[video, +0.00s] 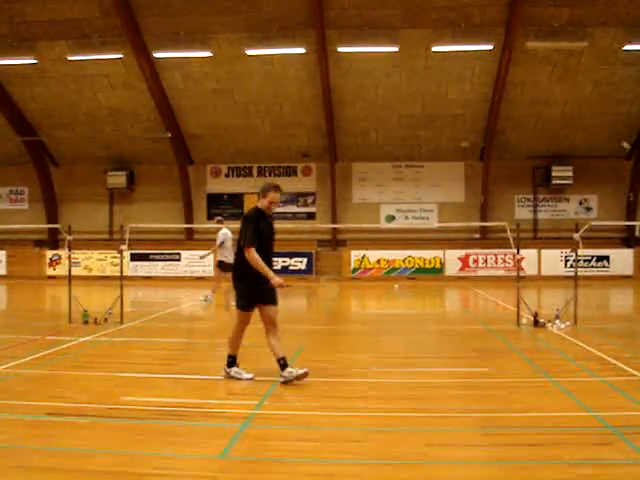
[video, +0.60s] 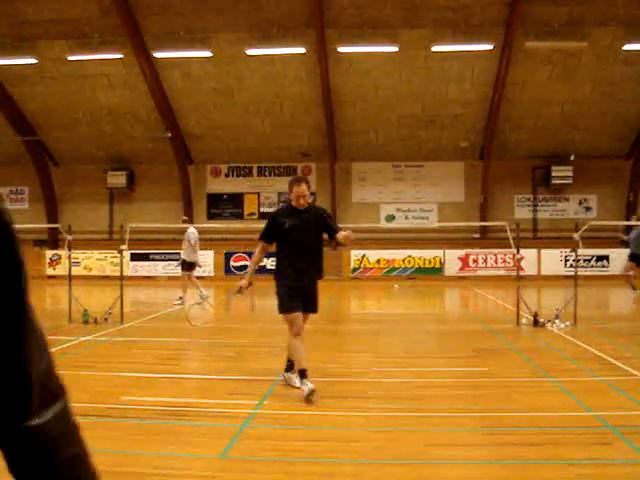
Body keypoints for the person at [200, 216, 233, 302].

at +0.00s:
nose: (216, 225)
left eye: (217, 223)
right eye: (216, 223)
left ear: (218, 223)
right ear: (223, 222)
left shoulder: (222, 232)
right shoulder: (228, 232)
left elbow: (217, 246)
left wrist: (206, 255)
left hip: (223, 259)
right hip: (229, 259)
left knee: (217, 279)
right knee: (230, 281)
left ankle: (211, 296)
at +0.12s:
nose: (208, 225)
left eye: (209, 223)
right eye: (209, 223)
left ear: (211, 223)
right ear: (215, 222)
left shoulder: (214, 232)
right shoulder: (220, 231)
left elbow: (210, 246)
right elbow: (221, 246)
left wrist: (201, 256)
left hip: (214, 259)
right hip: (219, 259)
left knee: (216, 278)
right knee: (210, 278)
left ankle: (232, 293)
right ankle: (208, 297)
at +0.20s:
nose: (205, 224)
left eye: (205, 222)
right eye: (205, 222)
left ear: (207, 222)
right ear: (211, 222)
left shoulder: (209, 231)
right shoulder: (216, 231)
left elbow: (207, 248)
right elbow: (216, 246)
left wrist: (200, 258)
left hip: (210, 258)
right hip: (216, 258)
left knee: (208, 277)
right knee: (208, 278)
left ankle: (225, 290)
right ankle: (207, 296)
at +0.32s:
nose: (196, 225)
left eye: (197, 223)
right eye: (196, 223)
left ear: (199, 223)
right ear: (204, 222)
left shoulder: (204, 232)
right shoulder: (208, 231)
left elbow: (204, 248)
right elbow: (206, 247)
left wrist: (202, 259)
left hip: (202, 258)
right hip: (207, 258)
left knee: (194, 275)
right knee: (205, 276)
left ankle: (206, 292)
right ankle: (206, 295)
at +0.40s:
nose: (193, 225)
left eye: (194, 222)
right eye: (193, 222)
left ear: (198, 223)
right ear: (201, 222)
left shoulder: (203, 232)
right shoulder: (205, 231)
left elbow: (204, 248)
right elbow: (204, 247)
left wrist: (203, 260)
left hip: (200, 258)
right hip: (205, 258)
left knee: (192, 275)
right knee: (204, 277)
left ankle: (202, 294)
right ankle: (208, 295)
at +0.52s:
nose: (186, 226)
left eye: (187, 224)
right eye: (186, 224)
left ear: (190, 223)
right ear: (193, 223)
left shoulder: (195, 232)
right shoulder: (197, 231)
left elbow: (199, 248)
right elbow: (198, 248)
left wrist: (201, 260)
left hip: (193, 259)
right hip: (198, 260)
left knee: (187, 278)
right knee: (200, 278)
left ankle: (183, 297)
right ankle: (206, 295)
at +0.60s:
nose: (182, 226)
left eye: (183, 223)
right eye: (182, 223)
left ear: (186, 223)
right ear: (188, 222)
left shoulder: (190, 232)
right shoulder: (191, 231)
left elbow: (194, 249)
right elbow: (187, 248)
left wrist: (197, 261)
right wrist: (182, 257)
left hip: (188, 259)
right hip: (190, 259)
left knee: (184, 279)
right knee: (191, 277)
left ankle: (182, 297)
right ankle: (202, 292)